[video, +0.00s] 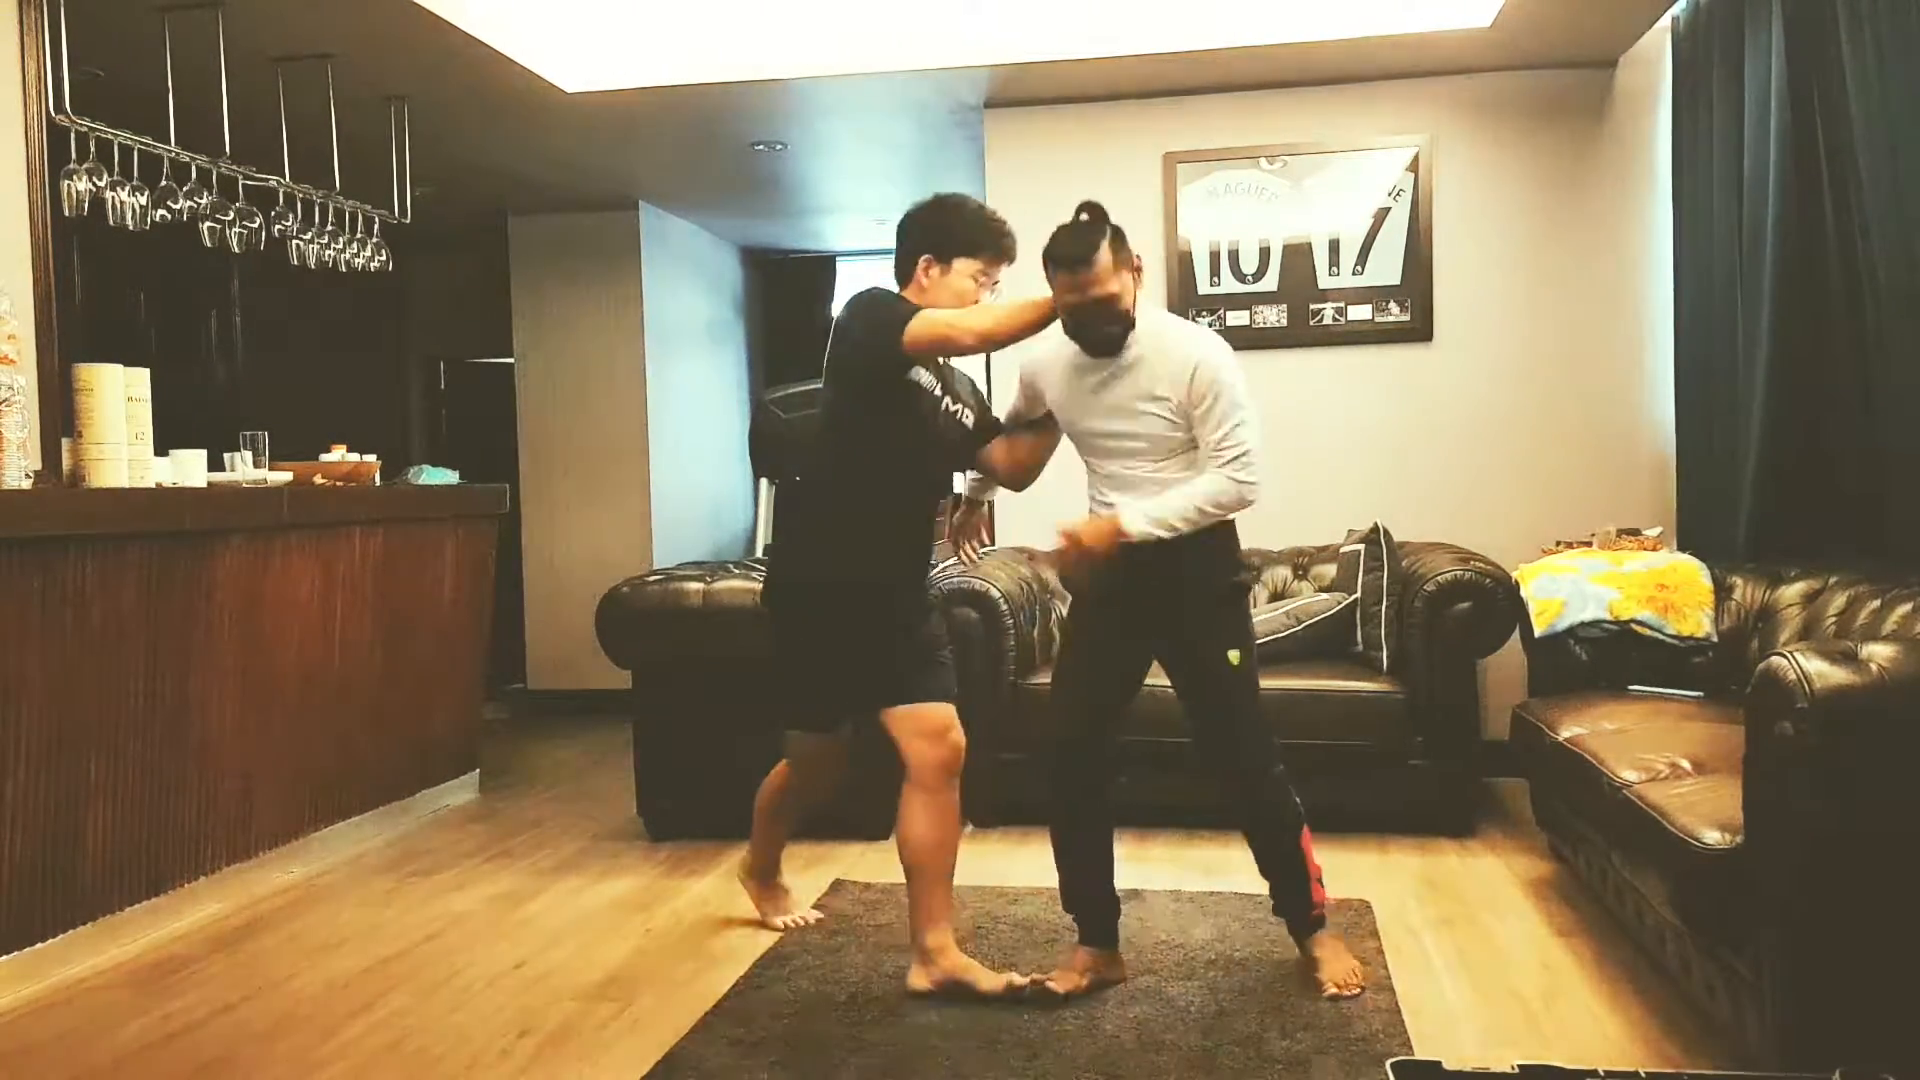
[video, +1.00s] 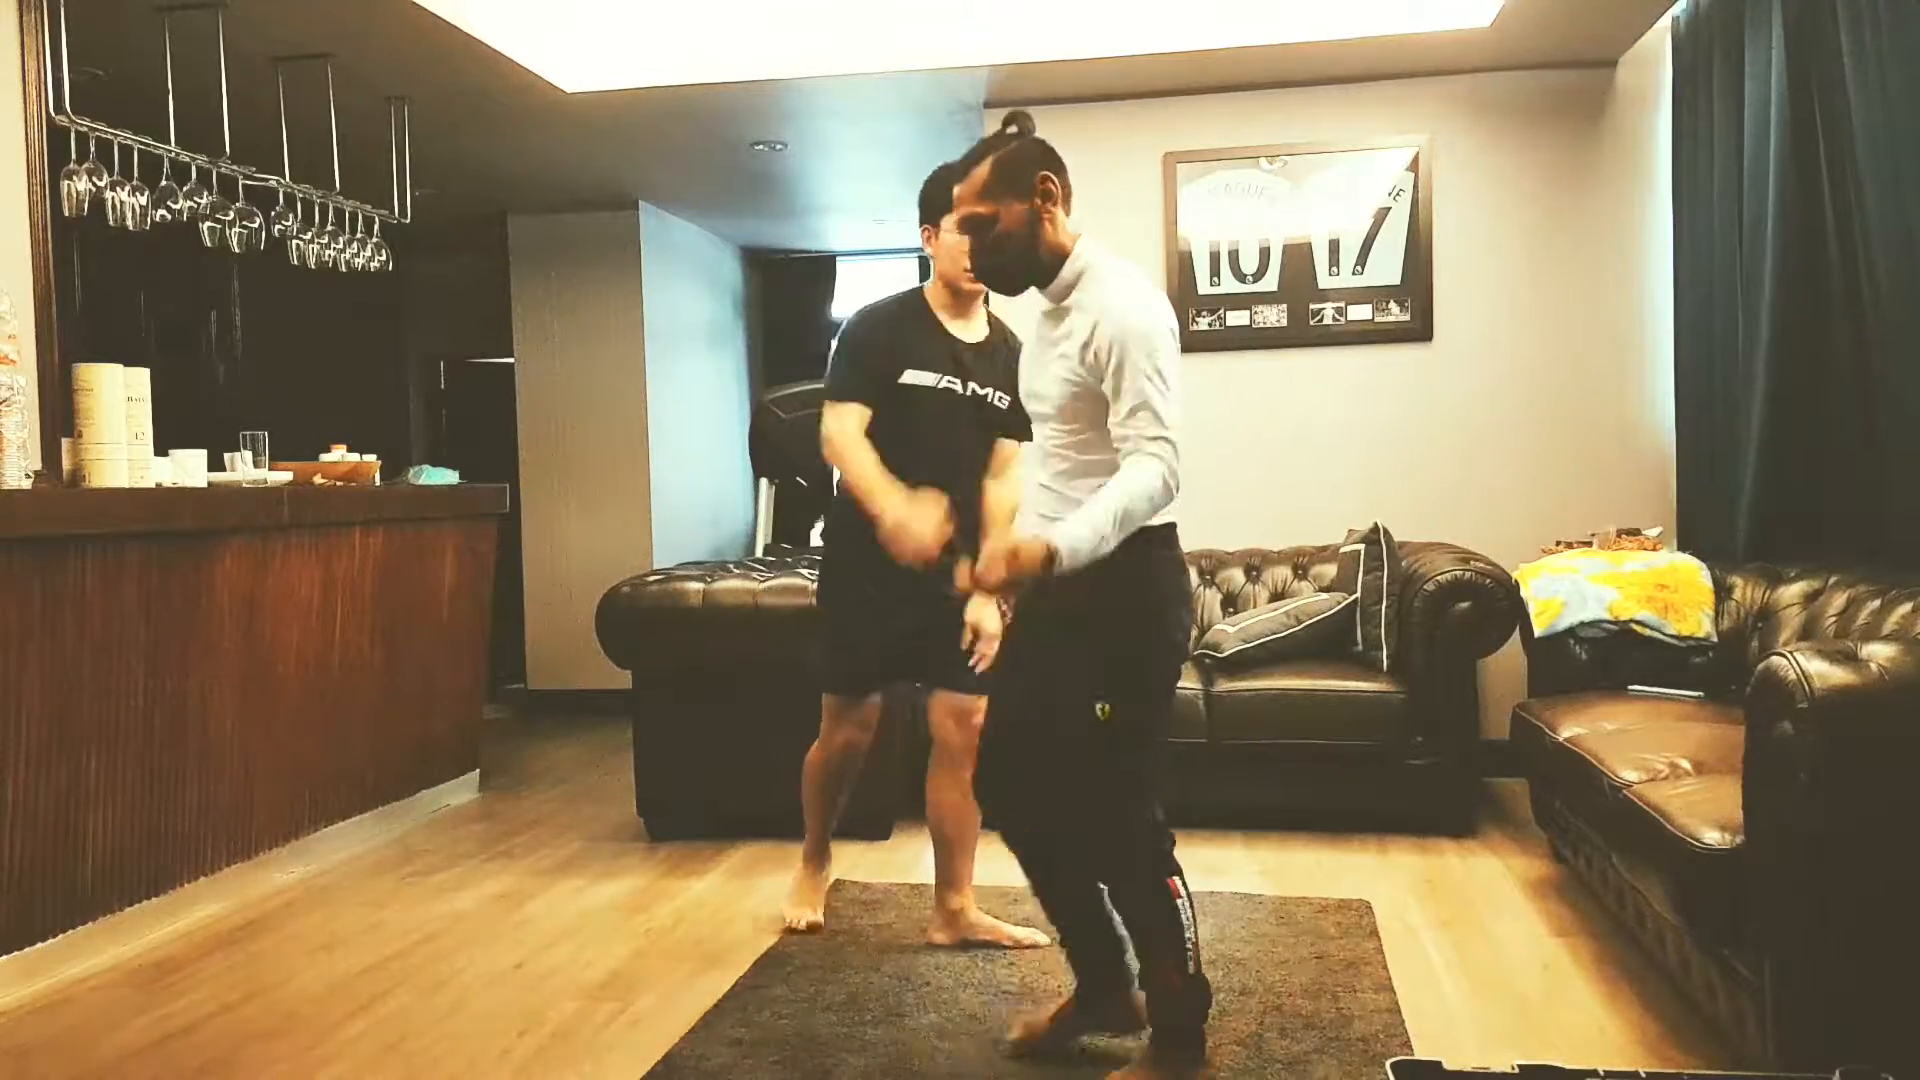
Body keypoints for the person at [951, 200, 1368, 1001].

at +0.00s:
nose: (1105, 312)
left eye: (1113, 292)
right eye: (1084, 301)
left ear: (1135, 270)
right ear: (1056, 295)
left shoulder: (1198, 356)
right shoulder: (1043, 364)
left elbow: (1239, 480)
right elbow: (1017, 453)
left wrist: (1122, 521)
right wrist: (977, 484)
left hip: (1200, 570)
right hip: (1112, 575)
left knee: (1242, 751)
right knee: (1071, 747)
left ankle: (1314, 932)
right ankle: (1096, 946)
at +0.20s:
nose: (1059, 285)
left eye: (1073, 266)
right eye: (1047, 269)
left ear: (1119, 250)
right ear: (1038, 265)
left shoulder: (1163, 339)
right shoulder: (1060, 341)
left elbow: (1117, 464)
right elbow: (1080, 442)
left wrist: (1006, 414)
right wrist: (1044, 512)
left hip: (1166, 556)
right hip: (1091, 563)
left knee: (1211, 747)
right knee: (1069, 749)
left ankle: (1330, 923)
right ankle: (1095, 944)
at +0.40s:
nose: (1027, 278)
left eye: (1038, 261)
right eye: (1021, 265)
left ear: (1091, 248)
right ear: (1068, 258)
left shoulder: (1121, 343)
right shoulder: (1087, 331)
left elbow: (1079, 485)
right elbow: (1098, 455)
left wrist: (994, 428)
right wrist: (1049, 503)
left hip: (1129, 567)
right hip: (1090, 562)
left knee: (1101, 762)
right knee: (1062, 755)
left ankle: (1271, 913)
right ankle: (1090, 944)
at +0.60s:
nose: (1017, 298)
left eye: (1028, 281)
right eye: (1011, 284)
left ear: (1079, 259)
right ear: (1057, 267)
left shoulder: (1123, 348)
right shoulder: (1070, 334)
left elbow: (1108, 485)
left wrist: (993, 498)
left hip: (1127, 577)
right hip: (1079, 571)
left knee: (1095, 774)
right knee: (1054, 764)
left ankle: (1176, 1021)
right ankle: (1088, 944)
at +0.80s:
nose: (1006, 277)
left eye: (1014, 256)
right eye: (999, 261)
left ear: (1072, 227)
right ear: (1055, 236)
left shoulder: (1131, 319)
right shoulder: (1058, 330)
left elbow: (1144, 440)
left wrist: (1065, 457)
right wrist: (1032, 490)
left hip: (1130, 573)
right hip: (1077, 570)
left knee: (1103, 788)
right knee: (1059, 770)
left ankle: (1176, 1039)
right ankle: (1104, 946)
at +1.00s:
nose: (976, 246)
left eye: (987, 225)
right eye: (969, 229)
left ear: (1051, 198)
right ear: (1036, 207)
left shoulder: (1126, 306)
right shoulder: (1035, 311)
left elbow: (1154, 466)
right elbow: (1048, 453)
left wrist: (1056, 543)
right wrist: (1010, 547)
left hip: (1128, 578)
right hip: (1054, 580)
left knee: (1114, 798)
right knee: (1012, 783)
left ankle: (1180, 1026)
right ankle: (1103, 991)